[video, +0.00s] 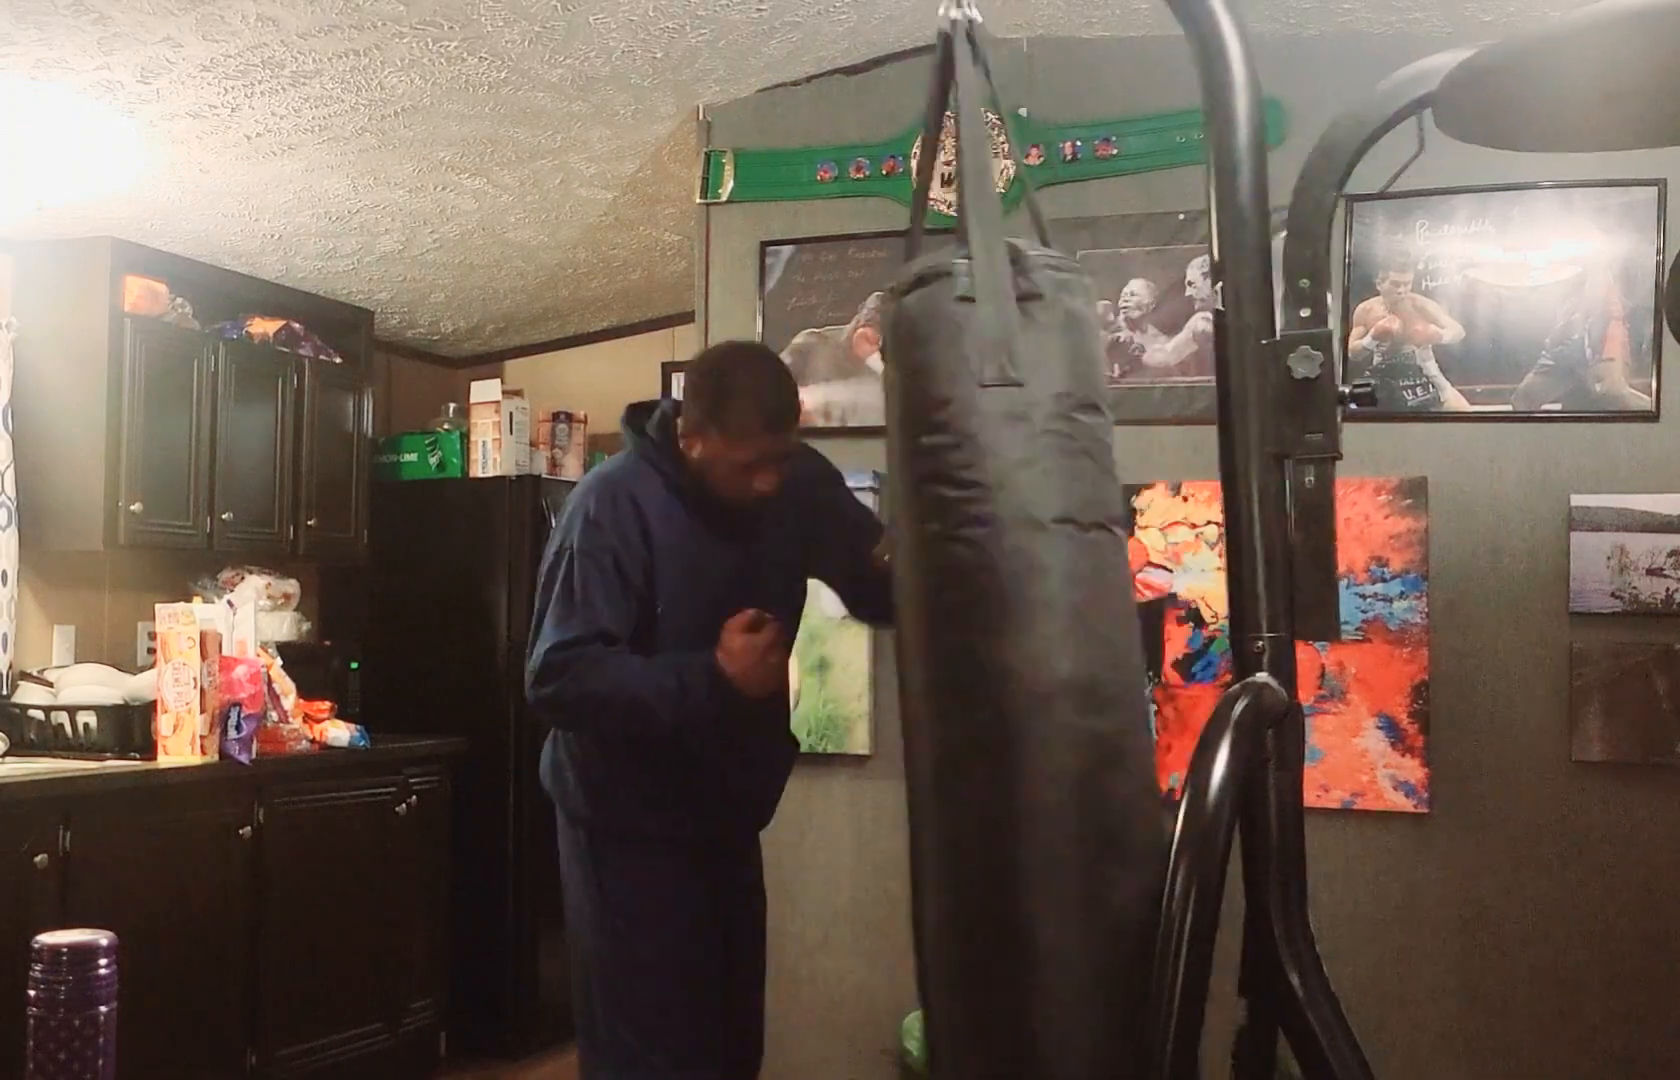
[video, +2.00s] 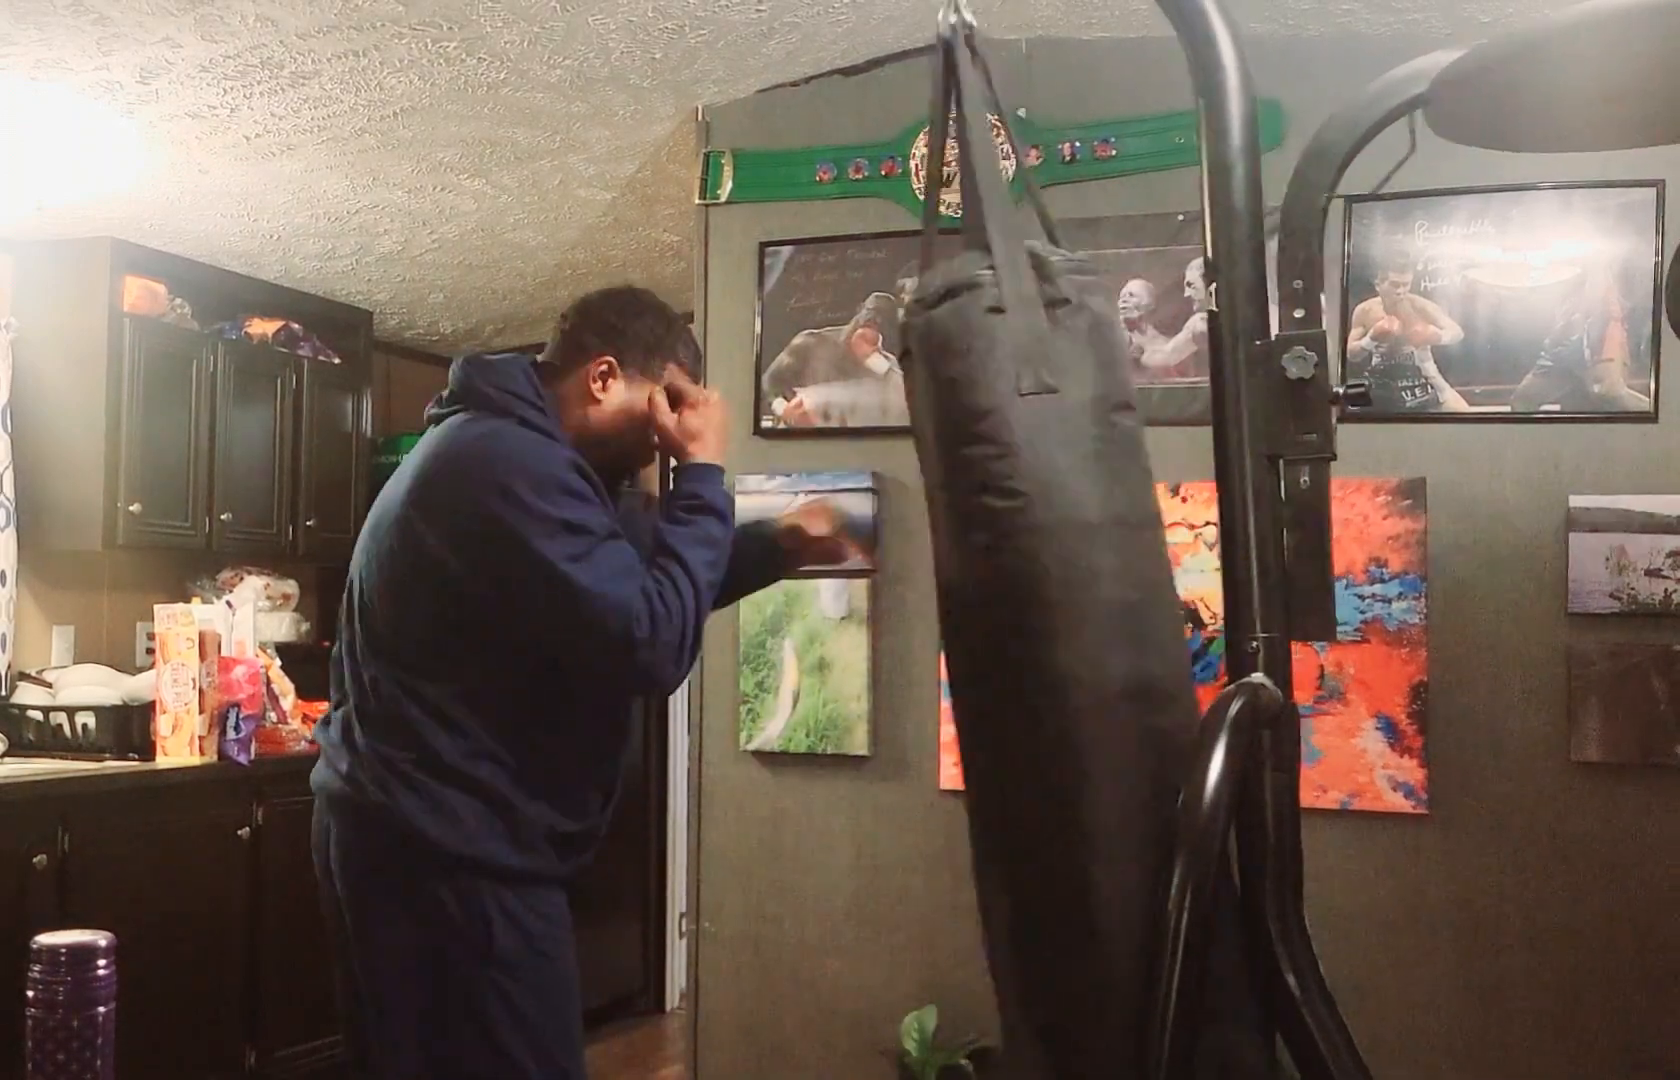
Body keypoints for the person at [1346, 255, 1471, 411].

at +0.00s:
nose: (1402, 290)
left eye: (1406, 285)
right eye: (1396, 284)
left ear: (1412, 283)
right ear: (1379, 284)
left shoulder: (1421, 305)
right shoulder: (1365, 310)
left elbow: (1458, 331)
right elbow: (1352, 353)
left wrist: (1436, 335)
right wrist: (1373, 337)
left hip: (1427, 380)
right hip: (1384, 383)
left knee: (1467, 416)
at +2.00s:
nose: (1401, 291)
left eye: (1406, 285)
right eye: (1395, 285)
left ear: (1411, 284)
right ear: (1378, 284)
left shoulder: (1420, 305)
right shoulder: (1365, 311)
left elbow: (1457, 332)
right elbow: (1351, 354)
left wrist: (1434, 336)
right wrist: (1372, 338)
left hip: (1426, 382)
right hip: (1383, 386)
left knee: (1467, 418)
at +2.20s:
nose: (1401, 291)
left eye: (1406, 285)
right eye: (1395, 285)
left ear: (1411, 283)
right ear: (1378, 284)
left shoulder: (1420, 305)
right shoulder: (1364, 311)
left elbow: (1457, 332)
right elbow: (1352, 355)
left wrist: (1434, 336)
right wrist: (1373, 338)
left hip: (1426, 382)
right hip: (1383, 385)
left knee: (1467, 419)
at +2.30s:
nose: (1401, 291)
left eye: (1406, 285)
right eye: (1395, 285)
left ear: (1411, 283)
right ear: (1378, 284)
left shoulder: (1420, 305)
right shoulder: (1365, 311)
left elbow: (1457, 331)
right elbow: (1352, 354)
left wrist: (1435, 335)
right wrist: (1373, 338)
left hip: (1427, 382)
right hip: (1384, 385)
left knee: (1468, 418)